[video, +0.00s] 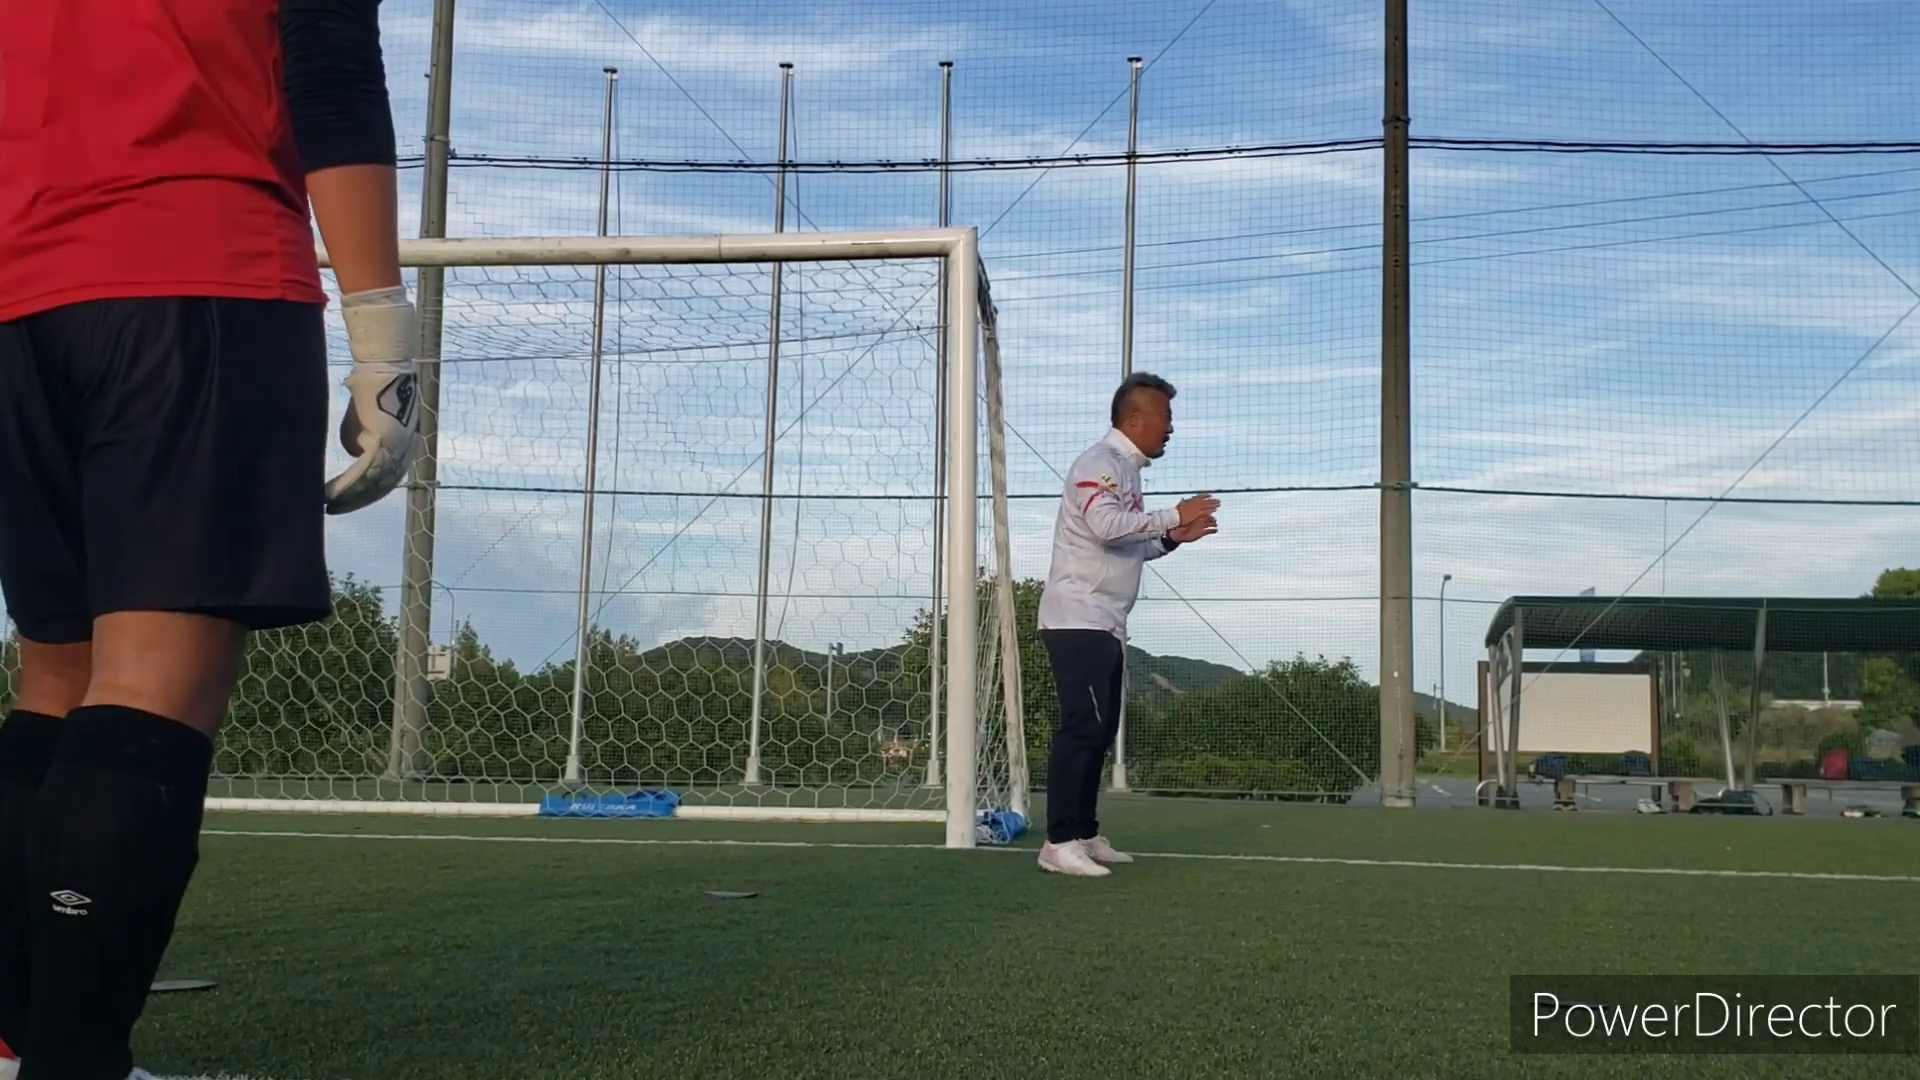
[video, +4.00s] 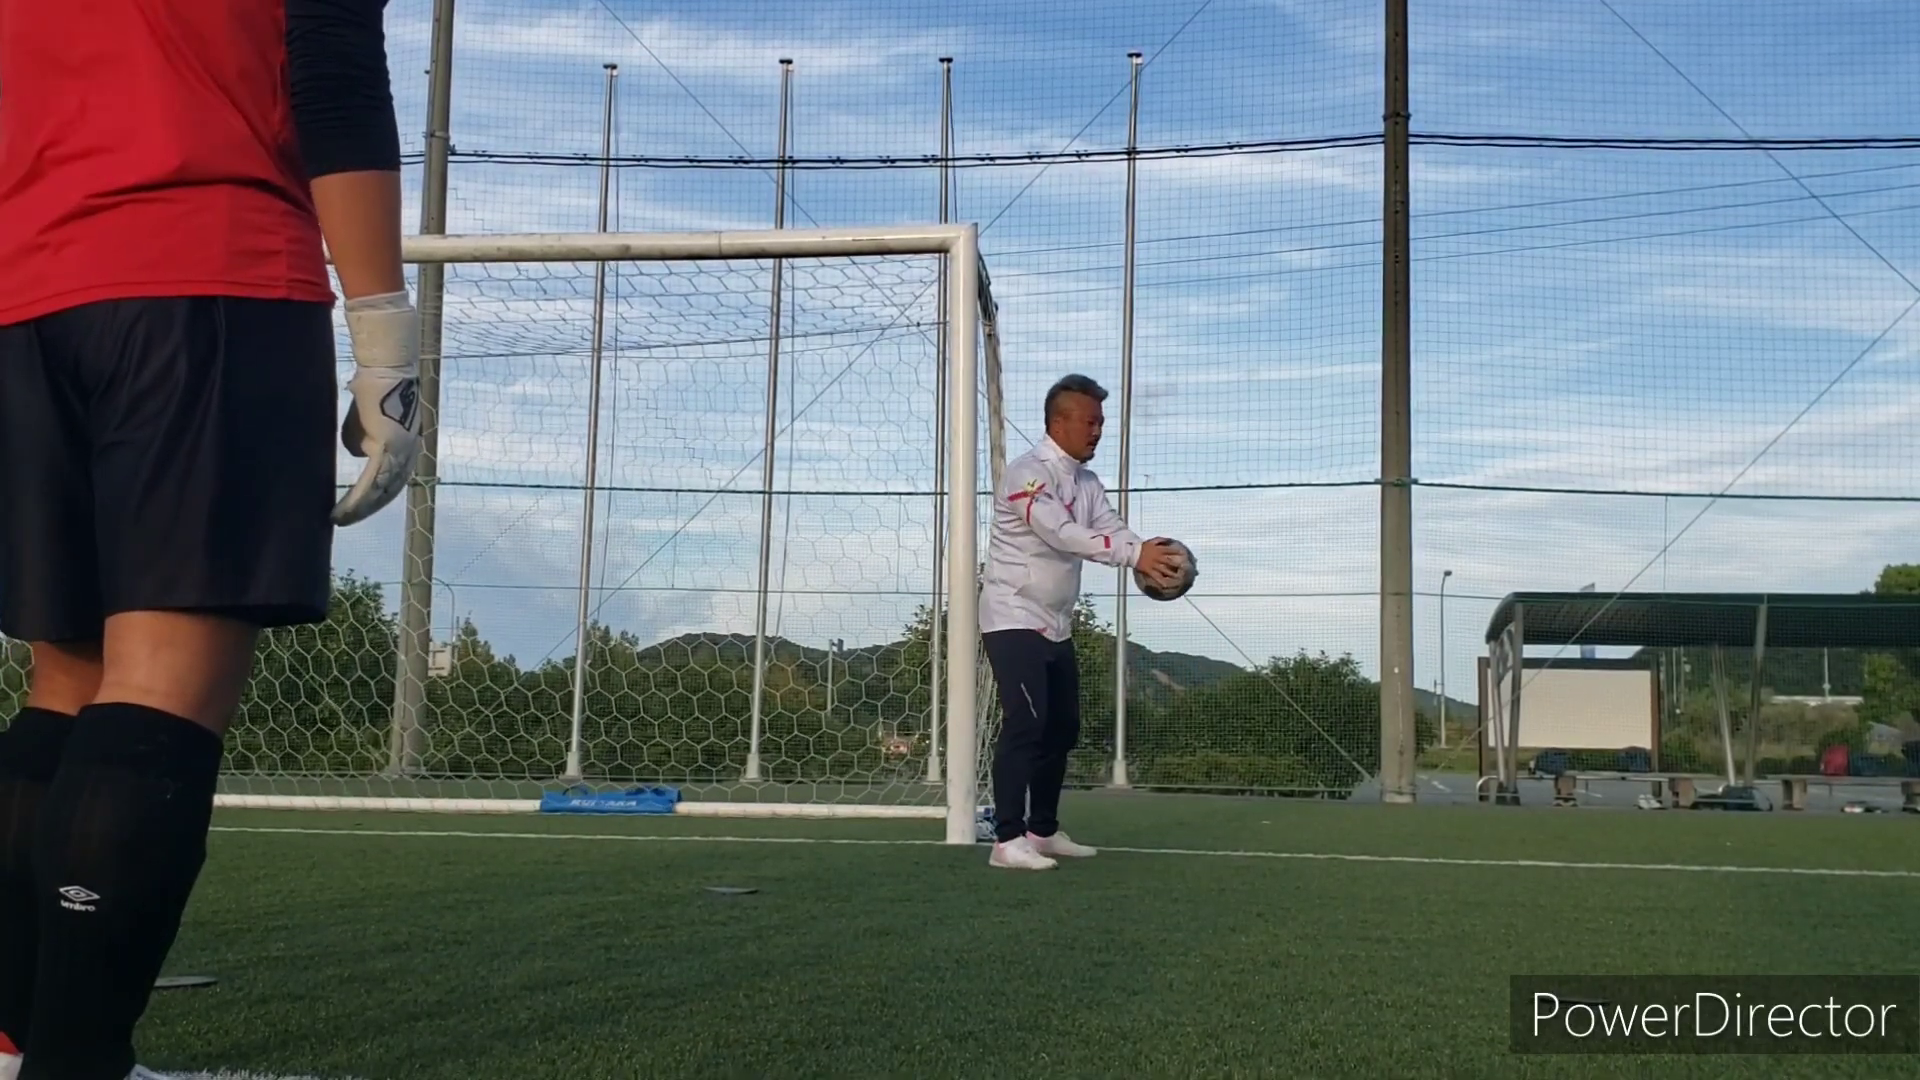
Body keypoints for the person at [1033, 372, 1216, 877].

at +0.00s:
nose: (1171, 429)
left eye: (1170, 419)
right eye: (1164, 418)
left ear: (1140, 420)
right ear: (1132, 418)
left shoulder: (1127, 475)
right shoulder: (1097, 461)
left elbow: (1126, 546)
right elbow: (1104, 522)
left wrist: (1173, 537)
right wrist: (1171, 519)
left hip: (1102, 620)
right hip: (1076, 616)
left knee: (1101, 728)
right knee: (1082, 726)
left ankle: (1084, 835)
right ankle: (1059, 843)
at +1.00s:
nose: (1184, 478)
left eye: (1187, 468)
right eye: (1182, 467)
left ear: (1155, 460)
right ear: (1151, 459)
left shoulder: (1142, 513)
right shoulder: (1097, 496)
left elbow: (1154, 579)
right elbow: (1091, 584)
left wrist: (1174, 643)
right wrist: (1122, 653)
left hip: (1068, 628)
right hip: (1031, 623)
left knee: (1082, 728)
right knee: (1065, 726)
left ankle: (1079, 838)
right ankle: (1058, 848)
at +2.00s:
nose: (1121, 418)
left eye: (1130, 411)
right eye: (1111, 409)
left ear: (1139, 422)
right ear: (1091, 415)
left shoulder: (1129, 485)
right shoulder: (1068, 466)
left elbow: (1137, 555)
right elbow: (1052, 536)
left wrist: (1142, 618)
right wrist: (1084, 600)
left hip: (1105, 621)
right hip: (1064, 615)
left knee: (1102, 728)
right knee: (1076, 722)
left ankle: (1082, 832)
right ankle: (1060, 836)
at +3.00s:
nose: (1119, 424)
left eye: (1118, 414)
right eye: (1112, 413)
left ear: (1088, 419)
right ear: (1082, 416)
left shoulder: (1082, 477)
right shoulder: (1050, 461)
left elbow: (1087, 549)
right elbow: (1053, 520)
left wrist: (1134, 541)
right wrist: (1127, 507)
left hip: (1065, 622)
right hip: (1035, 619)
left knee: (1063, 728)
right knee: (1036, 725)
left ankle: (1044, 831)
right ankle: (1009, 841)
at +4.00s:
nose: (1098, 429)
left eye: (1100, 420)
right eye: (1089, 420)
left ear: (1095, 423)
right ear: (1056, 422)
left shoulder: (1089, 484)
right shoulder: (1025, 472)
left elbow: (1112, 530)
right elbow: (1060, 533)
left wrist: (1148, 552)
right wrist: (1131, 555)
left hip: (1055, 621)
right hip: (1012, 614)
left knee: (1061, 725)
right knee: (1026, 720)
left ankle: (1042, 832)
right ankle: (1008, 841)